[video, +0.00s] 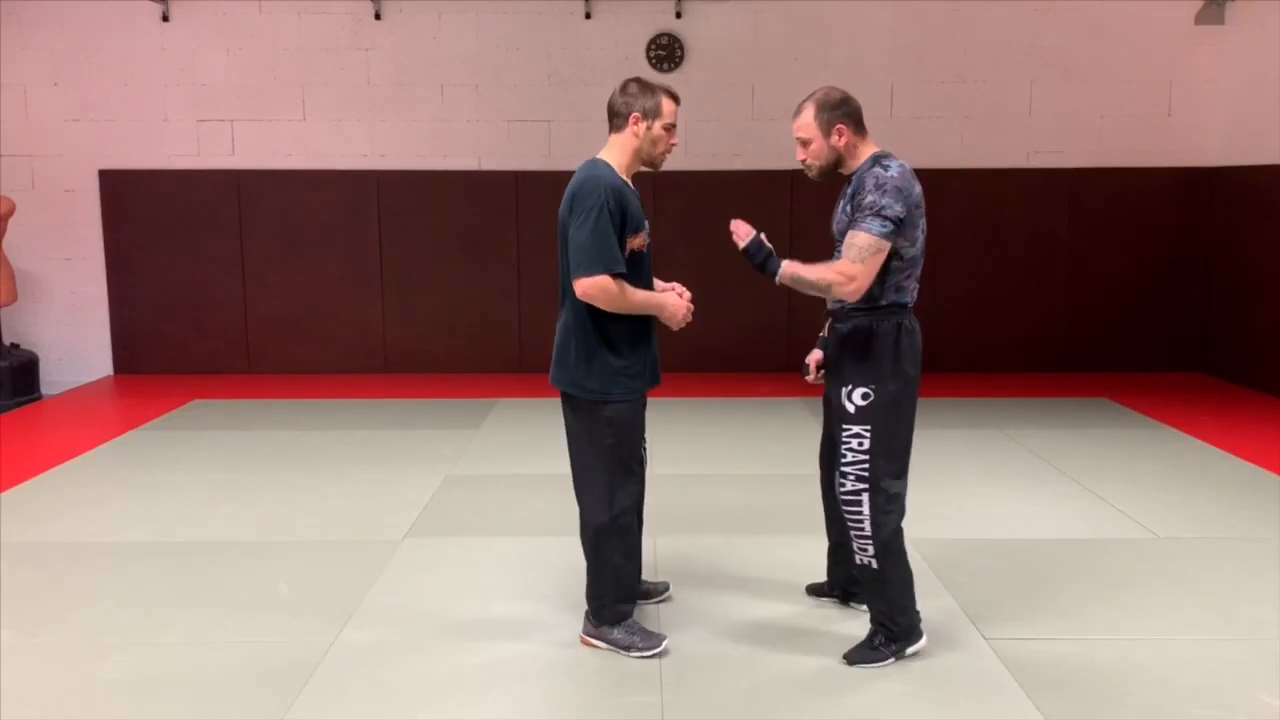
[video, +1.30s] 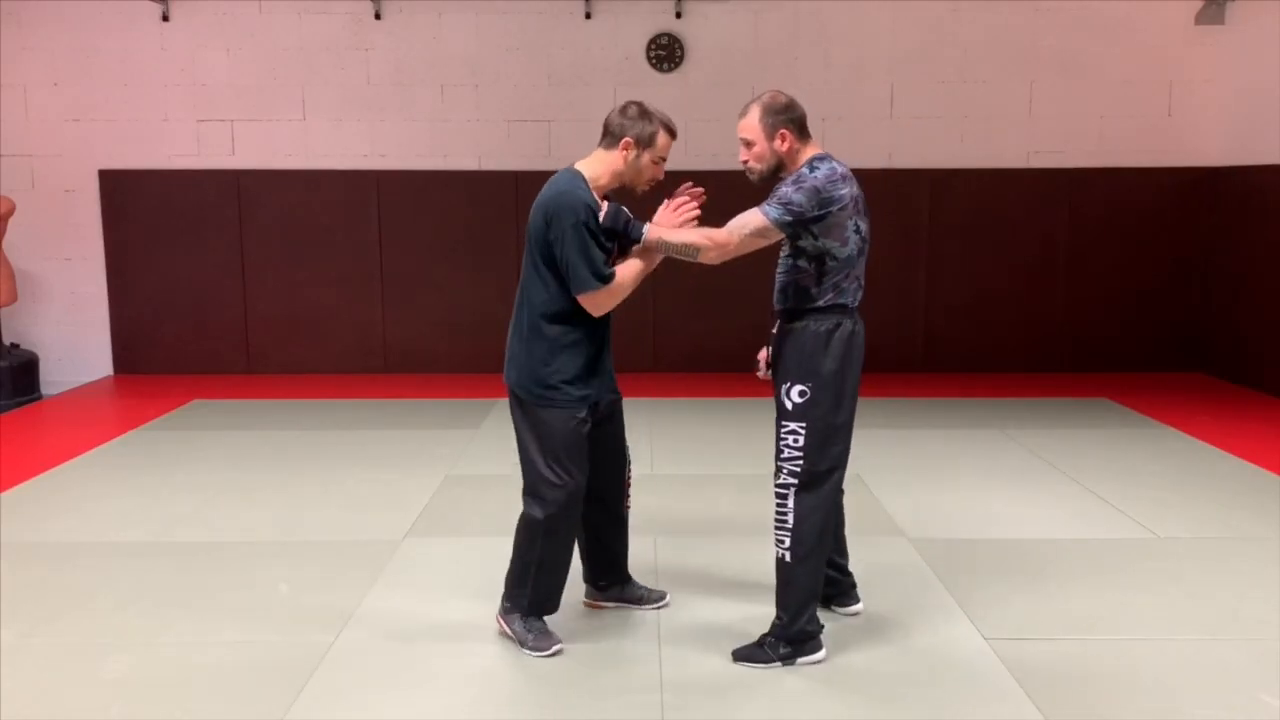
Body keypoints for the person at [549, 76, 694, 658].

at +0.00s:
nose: (675, 140)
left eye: (676, 129)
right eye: (669, 128)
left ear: (637, 126)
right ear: (636, 125)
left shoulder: (617, 185)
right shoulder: (596, 188)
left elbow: (620, 273)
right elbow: (591, 285)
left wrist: (660, 291)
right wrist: (658, 303)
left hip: (617, 370)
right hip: (596, 374)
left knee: (623, 484)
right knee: (608, 493)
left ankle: (620, 580)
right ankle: (606, 617)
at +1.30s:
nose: (660, 174)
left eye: (663, 163)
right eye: (657, 162)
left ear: (626, 149)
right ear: (627, 149)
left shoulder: (598, 198)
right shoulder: (567, 203)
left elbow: (641, 252)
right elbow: (597, 300)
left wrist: (669, 228)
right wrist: (653, 243)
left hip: (589, 370)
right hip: (548, 375)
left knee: (608, 480)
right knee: (556, 493)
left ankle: (607, 581)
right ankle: (520, 610)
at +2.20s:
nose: (642, 182)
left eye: (643, 169)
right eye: (635, 169)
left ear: (602, 165)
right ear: (597, 163)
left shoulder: (609, 216)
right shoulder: (541, 224)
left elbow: (634, 272)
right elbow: (567, 320)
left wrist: (697, 268)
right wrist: (651, 289)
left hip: (626, 377)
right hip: (569, 389)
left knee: (685, 467)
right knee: (550, 505)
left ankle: (644, 571)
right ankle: (505, 613)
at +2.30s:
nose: (670, 188)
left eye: (672, 175)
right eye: (661, 176)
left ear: (629, 171)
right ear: (622, 170)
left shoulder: (656, 218)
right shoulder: (564, 228)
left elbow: (696, 285)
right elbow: (582, 311)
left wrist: (744, 252)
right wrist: (664, 266)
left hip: (654, 378)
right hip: (590, 393)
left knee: (721, 467)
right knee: (563, 507)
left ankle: (711, 580)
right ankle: (507, 614)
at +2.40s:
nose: (720, 191)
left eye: (725, 178)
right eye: (709, 178)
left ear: (727, 176)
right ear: (673, 170)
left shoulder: (714, 229)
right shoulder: (615, 217)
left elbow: (734, 300)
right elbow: (590, 280)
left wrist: (759, 260)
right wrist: (680, 257)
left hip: (693, 390)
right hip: (622, 396)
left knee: (757, 472)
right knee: (576, 504)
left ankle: (790, 579)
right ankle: (510, 610)